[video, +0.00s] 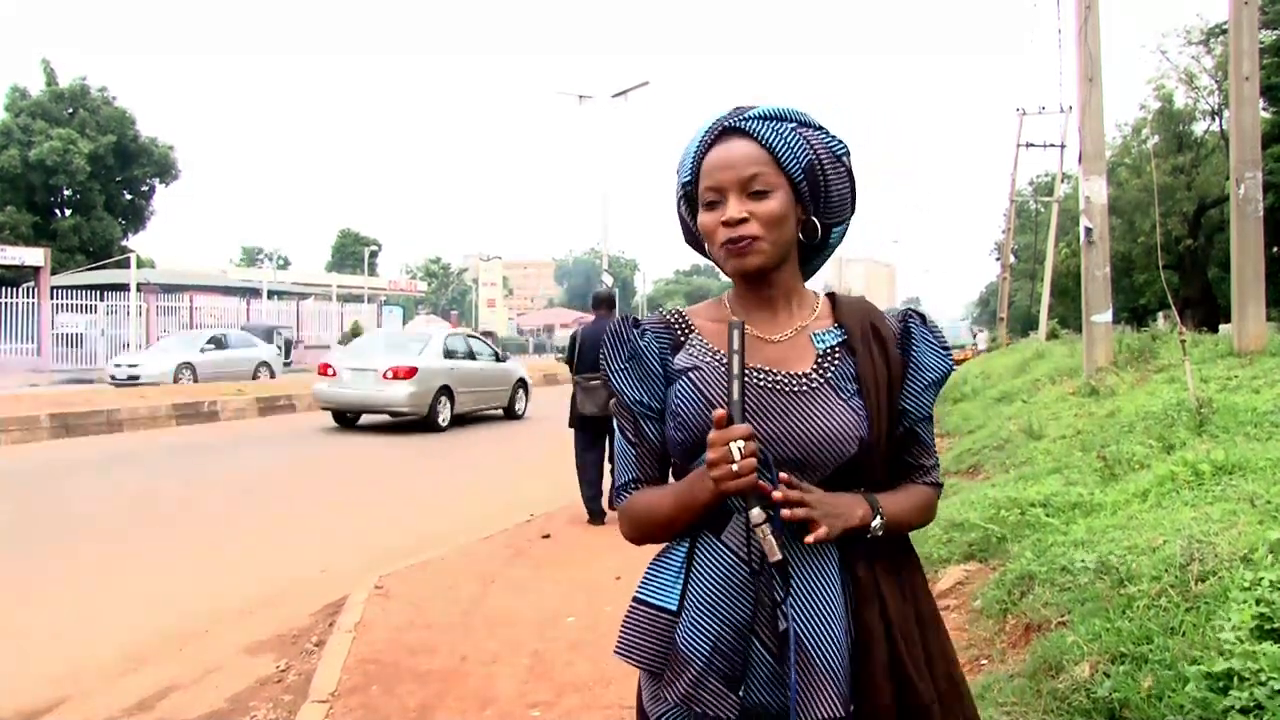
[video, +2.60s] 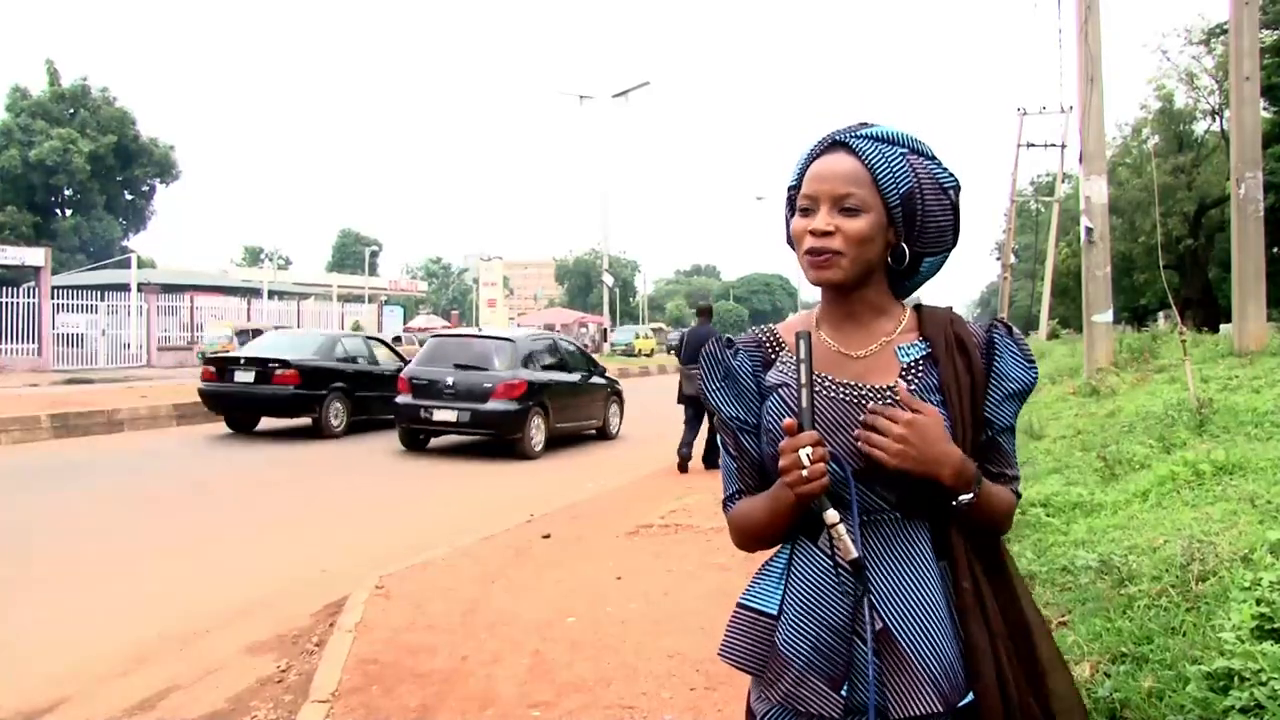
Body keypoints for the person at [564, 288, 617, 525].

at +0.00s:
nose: (604, 311)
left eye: (600, 307)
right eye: (610, 308)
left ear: (592, 308)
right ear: (614, 308)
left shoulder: (580, 334)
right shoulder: (623, 333)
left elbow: (571, 364)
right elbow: (629, 367)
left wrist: (584, 387)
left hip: (586, 403)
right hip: (618, 401)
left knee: (588, 456)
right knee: (620, 450)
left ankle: (595, 511)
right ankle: (619, 496)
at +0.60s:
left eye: (623, 310)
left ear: (619, 311)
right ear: (639, 312)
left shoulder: (610, 336)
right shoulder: (646, 337)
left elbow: (604, 372)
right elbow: (651, 371)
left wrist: (601, 402)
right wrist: (650, 397)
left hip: (618, 402)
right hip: (641, 401)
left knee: (617, 444)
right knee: (636, 445)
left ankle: (619, 484)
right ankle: (627, 493)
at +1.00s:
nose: (638, 314)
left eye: (634, 310)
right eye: (642, 310)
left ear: (629, 311)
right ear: (647, 310)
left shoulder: (619, 334)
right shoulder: (654, 334)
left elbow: (612, 366)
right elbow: (661, 365)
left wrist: (614, 397)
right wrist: (661, 391)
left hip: (624, 401)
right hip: (649, 399)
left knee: (624, 443)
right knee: (649, 434)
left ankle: (633, 485)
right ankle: (643, 468)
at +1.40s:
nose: (661, 317)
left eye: (657, 313)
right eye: (664, 313)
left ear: (651, 315)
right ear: (668, 314)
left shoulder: (639, 336)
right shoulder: (674, 336)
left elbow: (631, 359)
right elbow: (682, 362)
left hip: (642, 389)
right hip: (669, 389)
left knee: (639, 433)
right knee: (669, 435)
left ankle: (633, 476)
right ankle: (666, 476)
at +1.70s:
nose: (672, 314)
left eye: (669, 311)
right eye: (675, 310)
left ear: (664, 312)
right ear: (680, 311)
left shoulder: (655, 333)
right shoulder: (688, 332)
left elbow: (647, 365)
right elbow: (696, 361)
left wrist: (646, 393)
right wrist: (700, 385)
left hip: (660, 387)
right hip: (684, 386)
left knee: (662, 426)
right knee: (678, 428)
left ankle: (663, 467)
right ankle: (668, 473)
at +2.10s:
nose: (687, 316)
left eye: (683, 313)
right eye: (688, 313)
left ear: (676, 313)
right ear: (691, 313)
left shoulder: (665, 334)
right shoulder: (699, 332)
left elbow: (661, 364)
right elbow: (707, 359)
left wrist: (663, 389)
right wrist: (713, 384)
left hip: (673, 384)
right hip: (696, 383)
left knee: (677, 423)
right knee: (698, 423)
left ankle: (685, 461)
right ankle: (684, 449)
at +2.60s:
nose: (705, 319)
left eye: (702, 315)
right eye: (708, 315)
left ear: (697, 316)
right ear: (711, 316)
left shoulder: (687, 334)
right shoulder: (715, 336)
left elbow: (679, 355)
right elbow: (721, 361)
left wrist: (690, 368)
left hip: (689, 384)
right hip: (710, 383)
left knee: (692, 421)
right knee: (714, 423)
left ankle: (684, 451)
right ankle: (711, 459)